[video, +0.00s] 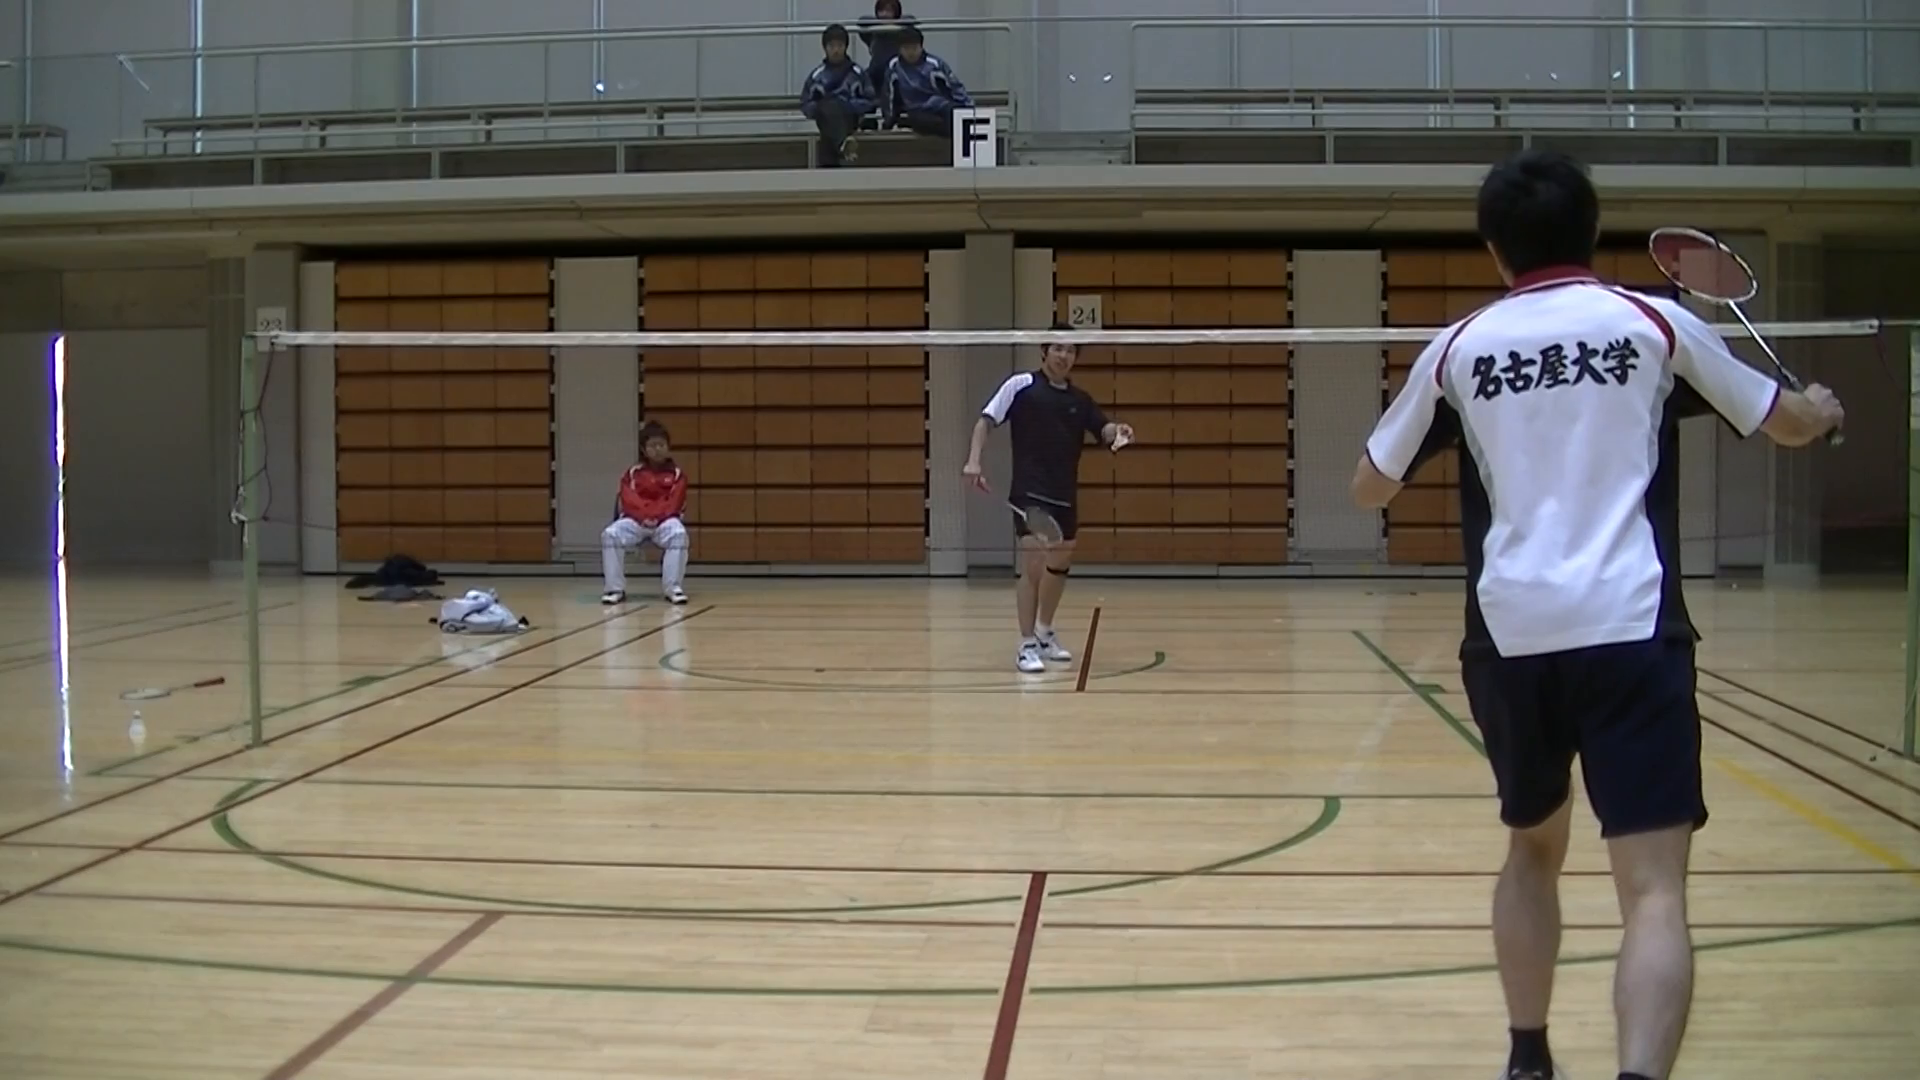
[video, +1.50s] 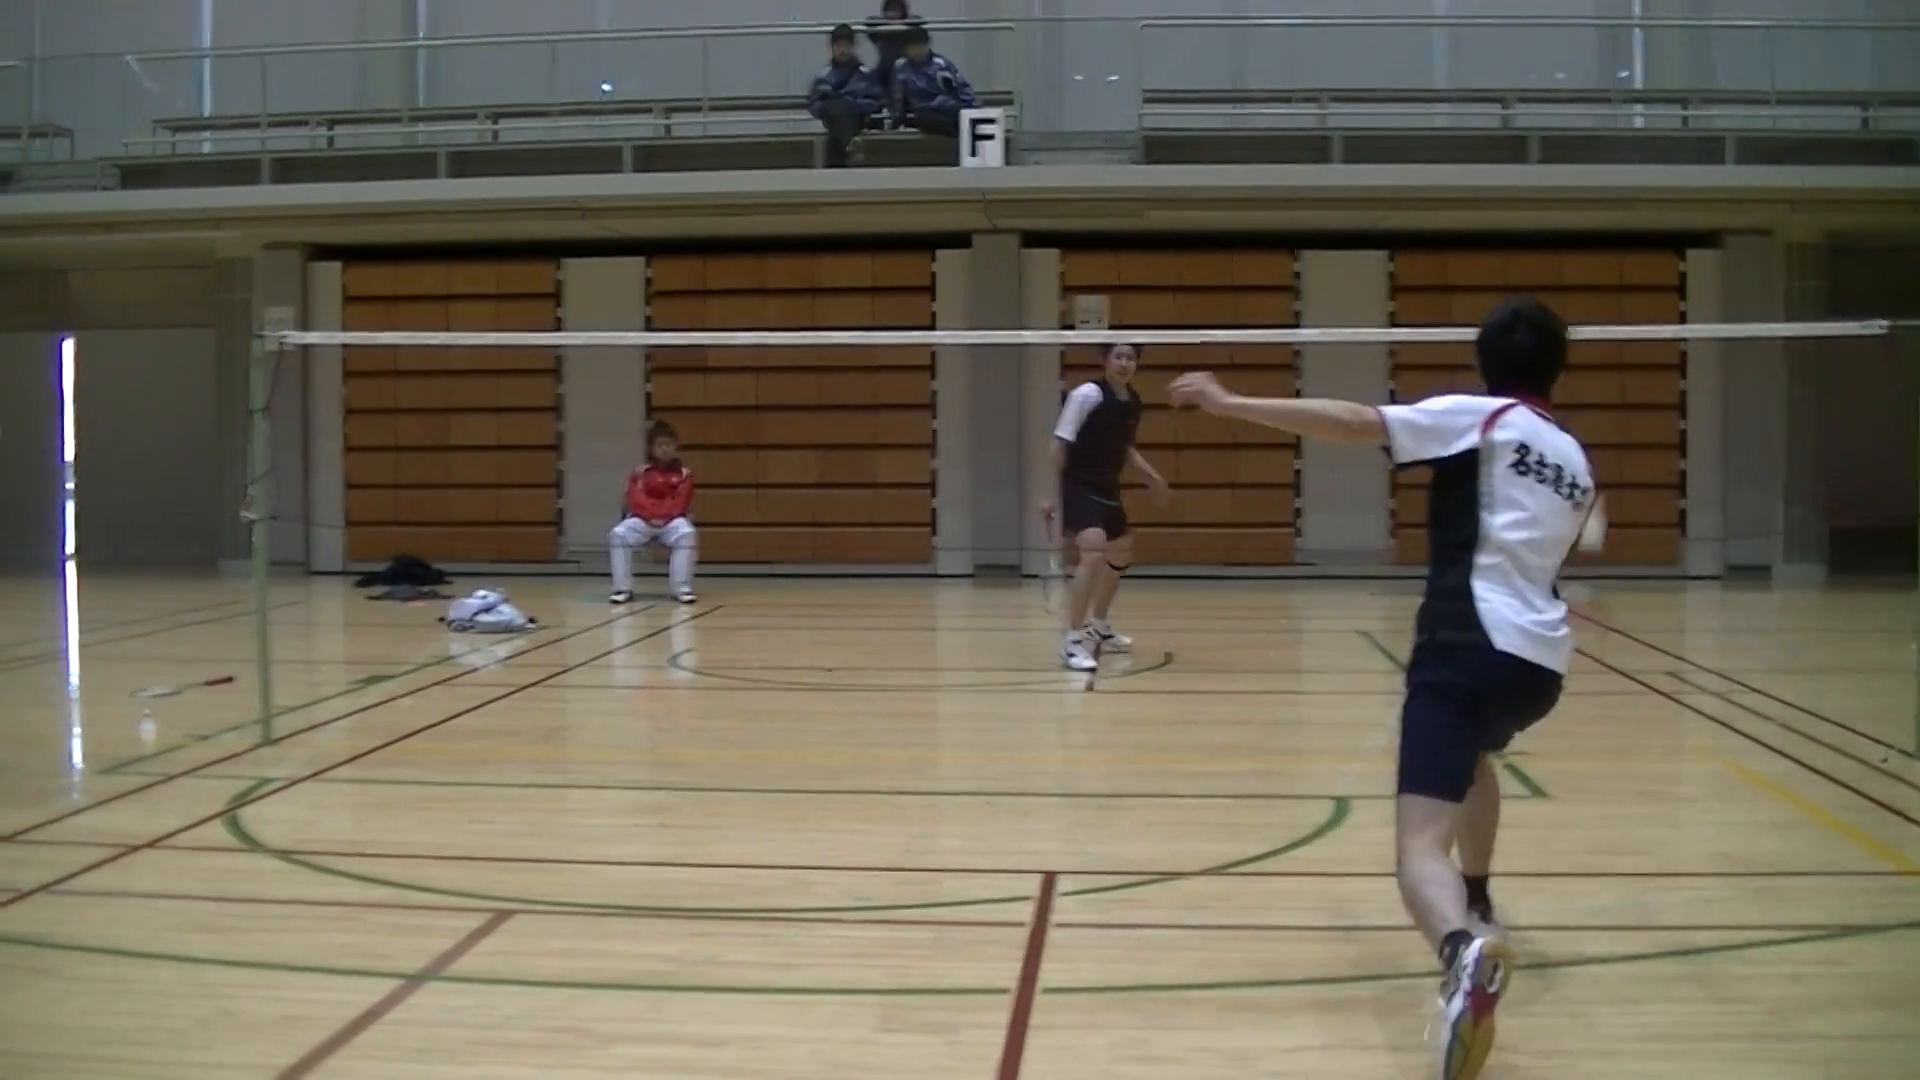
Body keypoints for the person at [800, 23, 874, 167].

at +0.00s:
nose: (836, 50)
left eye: (840, 45)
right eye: (831, 46)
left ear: (846, 47)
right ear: (825, 48)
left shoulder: (858, 73)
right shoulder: (816, 75)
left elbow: (870, 102)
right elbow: (806, 106)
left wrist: (846, 105)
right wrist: (822, 106)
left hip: (851, 117)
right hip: (823, 118)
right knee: (830, 104)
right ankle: (842, 143)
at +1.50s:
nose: (842, 50)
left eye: (846, 45)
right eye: (838, 46)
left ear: (852, 47)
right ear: (832, 48)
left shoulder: (866, 74)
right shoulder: (823, 76)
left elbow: (876, 103)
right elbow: (814, 105)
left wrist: (846, 103)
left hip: (860, 120)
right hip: (831, 120)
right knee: (835, 105)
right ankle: (851, 142)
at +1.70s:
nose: (877, 51)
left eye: (881, 46)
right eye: (873, 46)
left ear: (888, 47)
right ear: (867, 48)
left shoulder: (902, 74)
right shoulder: (859, 76)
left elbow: (914, 103)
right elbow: (851, 104)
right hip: (870, 125)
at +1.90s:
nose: (867, 49)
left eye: (871, 44)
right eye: (864, 44)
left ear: (878, 45)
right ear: (857, 46)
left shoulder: (890, 72)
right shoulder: (849, 73)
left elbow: (902, 101)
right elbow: (838, 102)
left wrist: (878, 104)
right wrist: (854, 109)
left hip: (884, 121)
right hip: (858, 122)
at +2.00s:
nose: (851, 50)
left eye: (855, 45)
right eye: (847, 45)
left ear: (861, 47)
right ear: (840, 47)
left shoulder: (875, 76)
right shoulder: (830, 77)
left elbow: (886, 102)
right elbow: (822, 104)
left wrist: (862, 105)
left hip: (869, 119)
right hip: (840, 119)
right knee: (850, 106)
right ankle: (861, 144)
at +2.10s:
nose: (838, 50)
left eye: (842, 44)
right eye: (833, 44)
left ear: (848, 46)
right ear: (827, 47)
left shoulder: (861, 74)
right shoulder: (818, 75)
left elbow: (872, 101)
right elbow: (808, 103)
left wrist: (848, 106)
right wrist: (828, 110)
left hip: (855, 126)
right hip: (828, 127)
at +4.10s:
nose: (833, 52)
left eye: (837, 47)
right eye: (829, 48)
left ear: (843, 49)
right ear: (822, 50)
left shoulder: (855, 74)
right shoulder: (813, 76)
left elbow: (867, 103)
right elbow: (803, 107)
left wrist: (843, 108)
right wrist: (823, 109)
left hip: (848, 122)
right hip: (821, 123)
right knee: (830, 106)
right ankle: (840, 145)